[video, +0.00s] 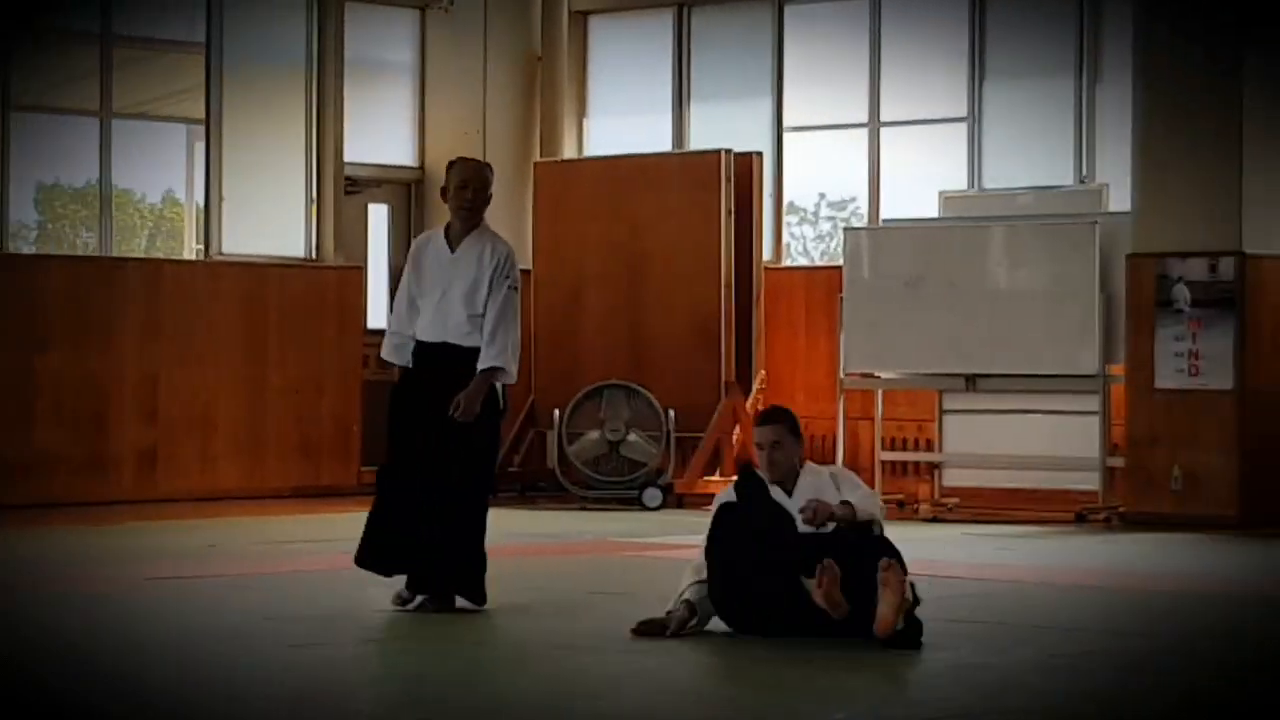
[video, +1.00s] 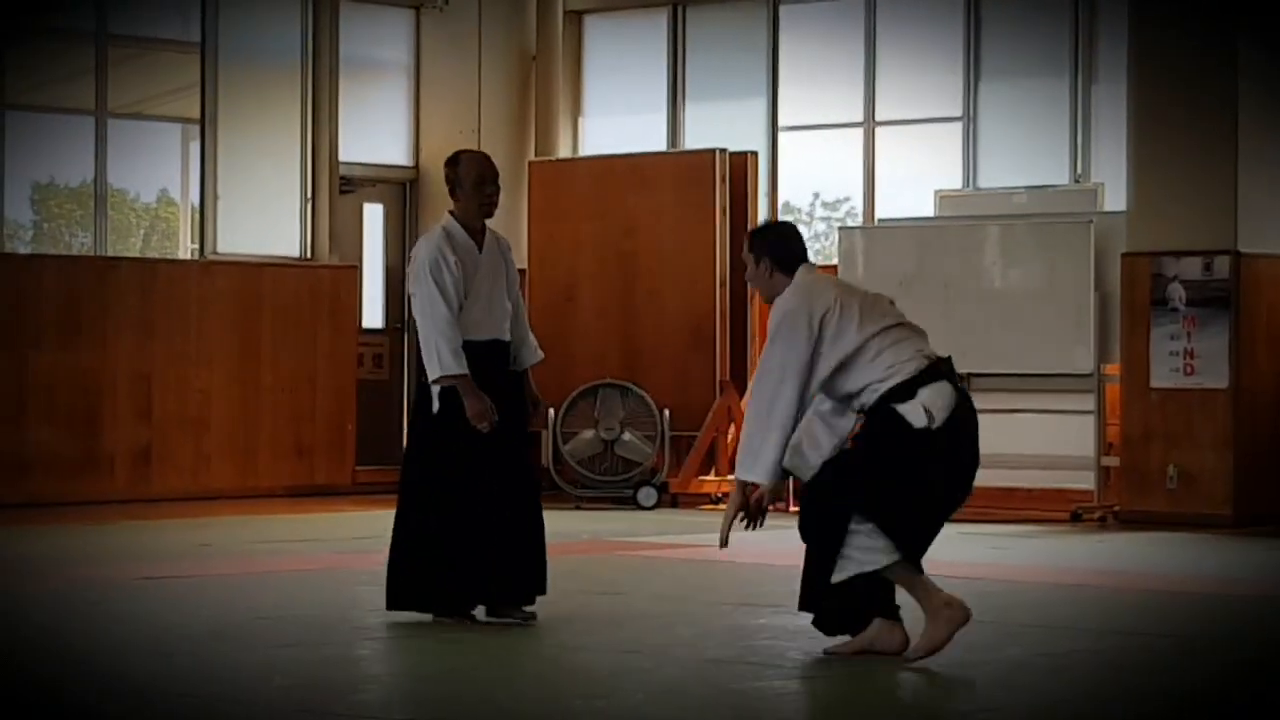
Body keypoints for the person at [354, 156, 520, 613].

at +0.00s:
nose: (470, 196)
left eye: (478, 189)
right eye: (462, 187)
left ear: (490, 195)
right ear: (445, 193)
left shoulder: (498, 253)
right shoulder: (423, 247)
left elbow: (501, 327)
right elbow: (405, 309)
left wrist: (480, 385)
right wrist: (397, 368)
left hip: (471, 372)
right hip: (424, 368)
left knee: (460, 479)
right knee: (418, 474)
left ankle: (450, 586)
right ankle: (419, 578)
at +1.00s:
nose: (494, 193)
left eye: (496, 184)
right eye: (483, 184)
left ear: (495, 189)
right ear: (454, 190)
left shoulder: (500, 247)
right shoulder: (434, 248)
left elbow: (516, 318)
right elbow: (436, 326)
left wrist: (528, 382)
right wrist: (467, 389)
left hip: (502, 373)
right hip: (452, 375)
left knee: (505, 483)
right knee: (452, 485)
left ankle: (502, 595)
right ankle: (448, 597)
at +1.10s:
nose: (499, 192)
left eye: (501, 184)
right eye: (488, 185)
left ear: (504, 188)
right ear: (459, 191)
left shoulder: (504, 249)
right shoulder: (438, 250)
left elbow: (519, 322)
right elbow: (443, 327)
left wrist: (529, 387)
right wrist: (475, 392)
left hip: (504, 375)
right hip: (459, 379)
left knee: (522, 482)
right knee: (457, 486)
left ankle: (536, 591)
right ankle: (450, 597)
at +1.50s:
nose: (524, 190)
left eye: (525, 182)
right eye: (513, 183)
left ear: (526, 189)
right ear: (484, 192)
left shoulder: (532, 252)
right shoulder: (468, 256)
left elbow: (551, 321)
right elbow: (466, 332)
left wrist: (559, 391)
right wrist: (483, 404)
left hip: (537, 378)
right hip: (496, 380)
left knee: (550, 488)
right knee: (497, 490)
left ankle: (553, 604)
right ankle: (489, 599)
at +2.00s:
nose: (491, 198)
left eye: (488, 190)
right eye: (479, 192)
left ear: (457, 207)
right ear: (452, 204)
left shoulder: (452, 256)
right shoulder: (463, 257)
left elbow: (488, 338)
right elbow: (532, 268)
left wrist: (531, 385)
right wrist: (589, 217)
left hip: (480, 387)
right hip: (486, 390)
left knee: (478, 498)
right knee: (555, 490)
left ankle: (423, 600)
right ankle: (556, 606)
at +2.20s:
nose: (440, 193)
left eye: (436, 185)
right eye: (431, 186)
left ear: (392, 197)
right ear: (406, 195)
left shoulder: (366, 254)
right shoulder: (420, 256)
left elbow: (387, 328)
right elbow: (478, 311)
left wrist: (448, 342)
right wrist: (501, 278)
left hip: (393, 387)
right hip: (429, 391)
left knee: (416, 500)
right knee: (457, 496)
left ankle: (414, 610)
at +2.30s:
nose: (407, 196)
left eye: (405, 187)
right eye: (402, 187)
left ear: (355, 195)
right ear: (385, 193)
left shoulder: (333, 252)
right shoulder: (394, 250)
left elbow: (326, 330)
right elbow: (459, 301)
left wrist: (359, 366)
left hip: (362, 392)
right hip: (402, 392)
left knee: (396, 497)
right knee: (440, 495)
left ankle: (342, 582)